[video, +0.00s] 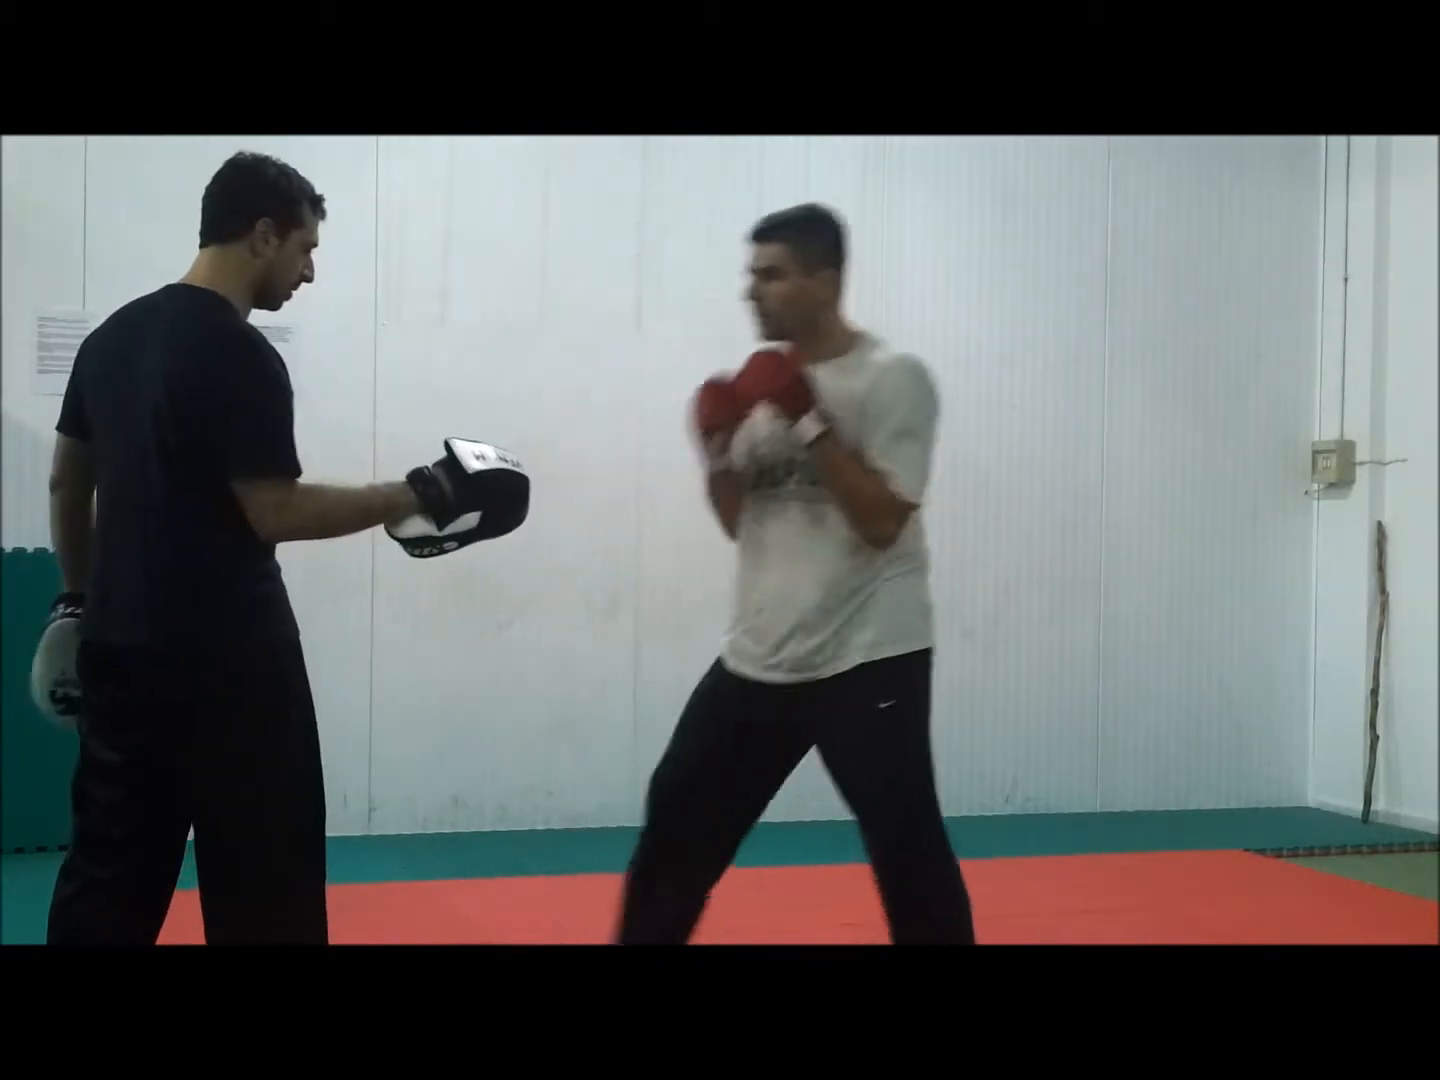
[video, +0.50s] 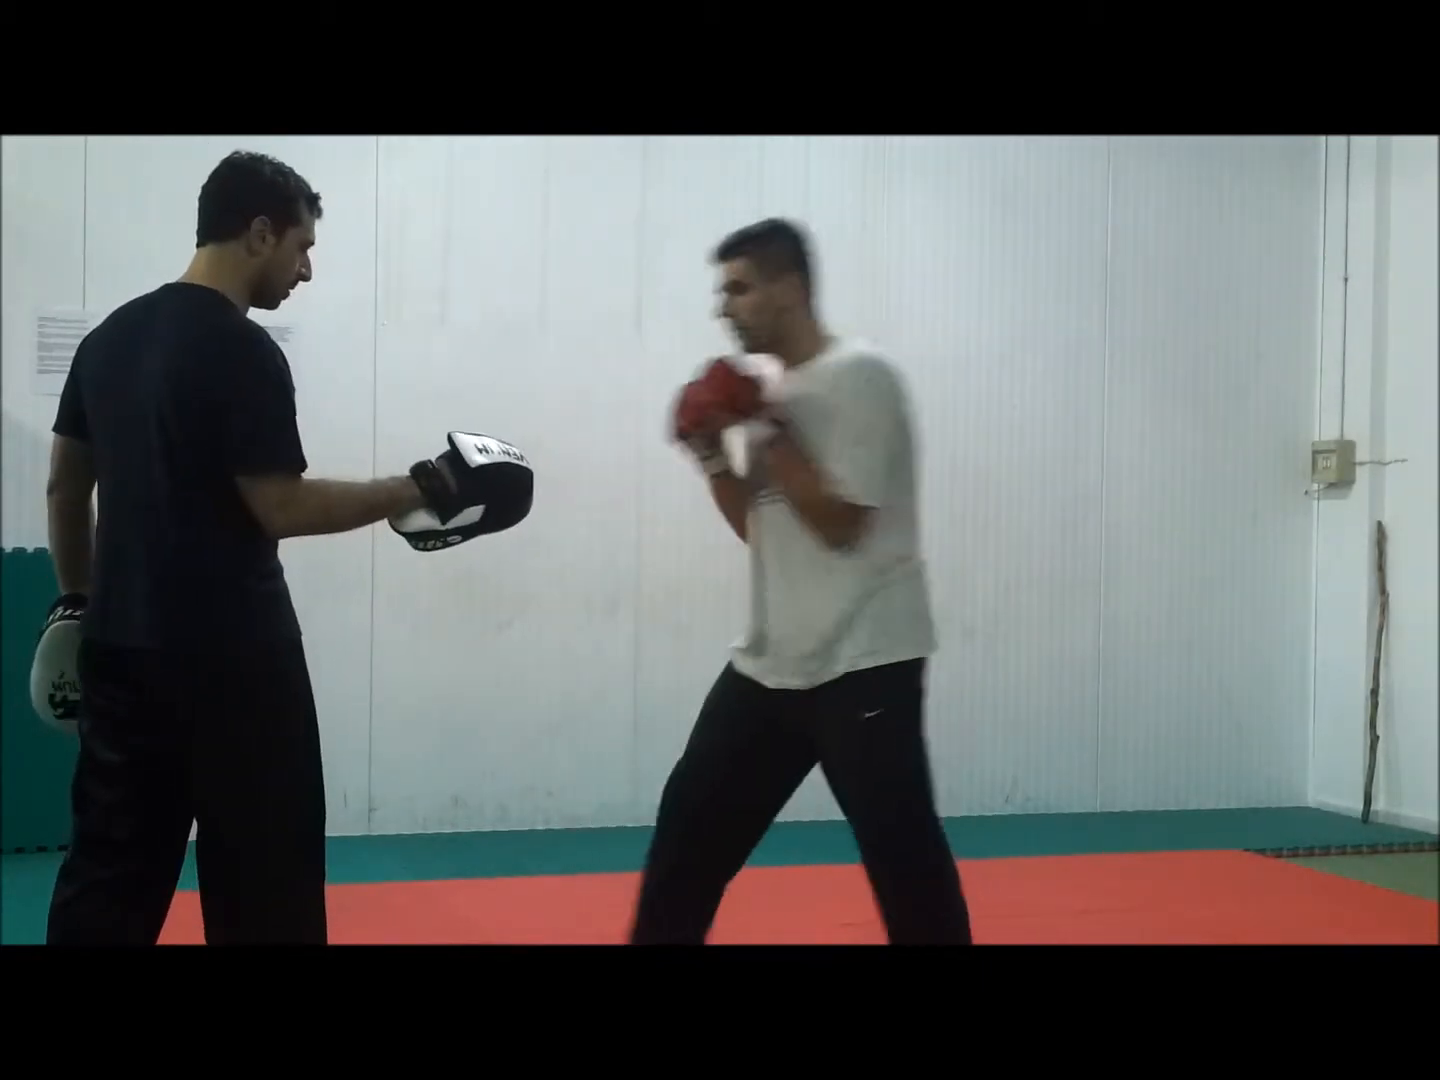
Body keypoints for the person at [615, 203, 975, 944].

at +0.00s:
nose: (751, 291)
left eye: (769, 274)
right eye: (750, 276)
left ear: (826, 278)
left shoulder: (894, 379)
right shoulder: (760, 385)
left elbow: (884, 522)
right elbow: (739, 524)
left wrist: (808, 417)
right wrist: (717, 446)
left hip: (870, 657)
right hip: (762, 656)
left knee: (909, 851)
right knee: (678, 823)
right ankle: (641, 943)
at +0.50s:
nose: (723, 307)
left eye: (737, 289)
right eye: (721, 292)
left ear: (791, 287)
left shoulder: (862, 377)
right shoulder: (772, 398)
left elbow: (841, 528)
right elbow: (760, 532)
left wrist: (768, 432)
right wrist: (710, 452)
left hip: (867, 660)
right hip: (776, 658)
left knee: (904, 855)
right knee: (690, 829)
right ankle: (656, 947)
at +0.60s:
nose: (668, 339)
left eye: (679, 319)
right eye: (664, 324)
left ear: (730, 312)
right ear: (728, 320)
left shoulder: (763, 386)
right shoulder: (767, 387)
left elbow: (758, 529)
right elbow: (755, 527)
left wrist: (687, 470)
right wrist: (676, 486)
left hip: (818, 666)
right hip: (753, 664)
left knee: (865, 849)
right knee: (673, 844)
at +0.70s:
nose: (628, 367)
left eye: (637, 346)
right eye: (623, 354)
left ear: (687, 333)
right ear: (692, 342)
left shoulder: (702, 402)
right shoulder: (754, 400)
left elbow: (714, 545)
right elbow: (745, 536)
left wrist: (652, 513)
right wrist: (655, 517)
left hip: (784, 672)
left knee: (840, 863)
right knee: (651, 849)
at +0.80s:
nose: (574, 362)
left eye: (584, 341)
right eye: (567, 349)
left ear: (636, 328)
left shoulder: (710, 383)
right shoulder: (645, 434)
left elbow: (720, 516)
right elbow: (708, 577)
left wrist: (635, 458)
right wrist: (648, 623)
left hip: (785, 659)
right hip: (688, 670)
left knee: (848, 856)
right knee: (611, 846)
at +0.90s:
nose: (563, 341)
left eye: (569, 318)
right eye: (551, 336)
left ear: (615, 303)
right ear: (557, 354)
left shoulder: (721, 363)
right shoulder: (581, 438)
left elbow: (776, 459)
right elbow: (636, 546)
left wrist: (691, 397)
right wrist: (572, 621)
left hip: (791, 647)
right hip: (678, 676)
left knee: (871, 837)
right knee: (622, 878)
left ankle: (918, 940)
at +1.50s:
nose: (568, 322)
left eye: (578, 300)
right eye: (562, 308)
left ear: (631, 290)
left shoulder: (720, 371)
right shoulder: (631, 404)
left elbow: (745, 501)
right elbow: (670, 530)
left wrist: (635, 434)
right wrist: (601, 551)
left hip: (765, 651)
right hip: (669, 661)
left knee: (835, 839)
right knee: (618, 844)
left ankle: (898, 944)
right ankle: (599, 942)